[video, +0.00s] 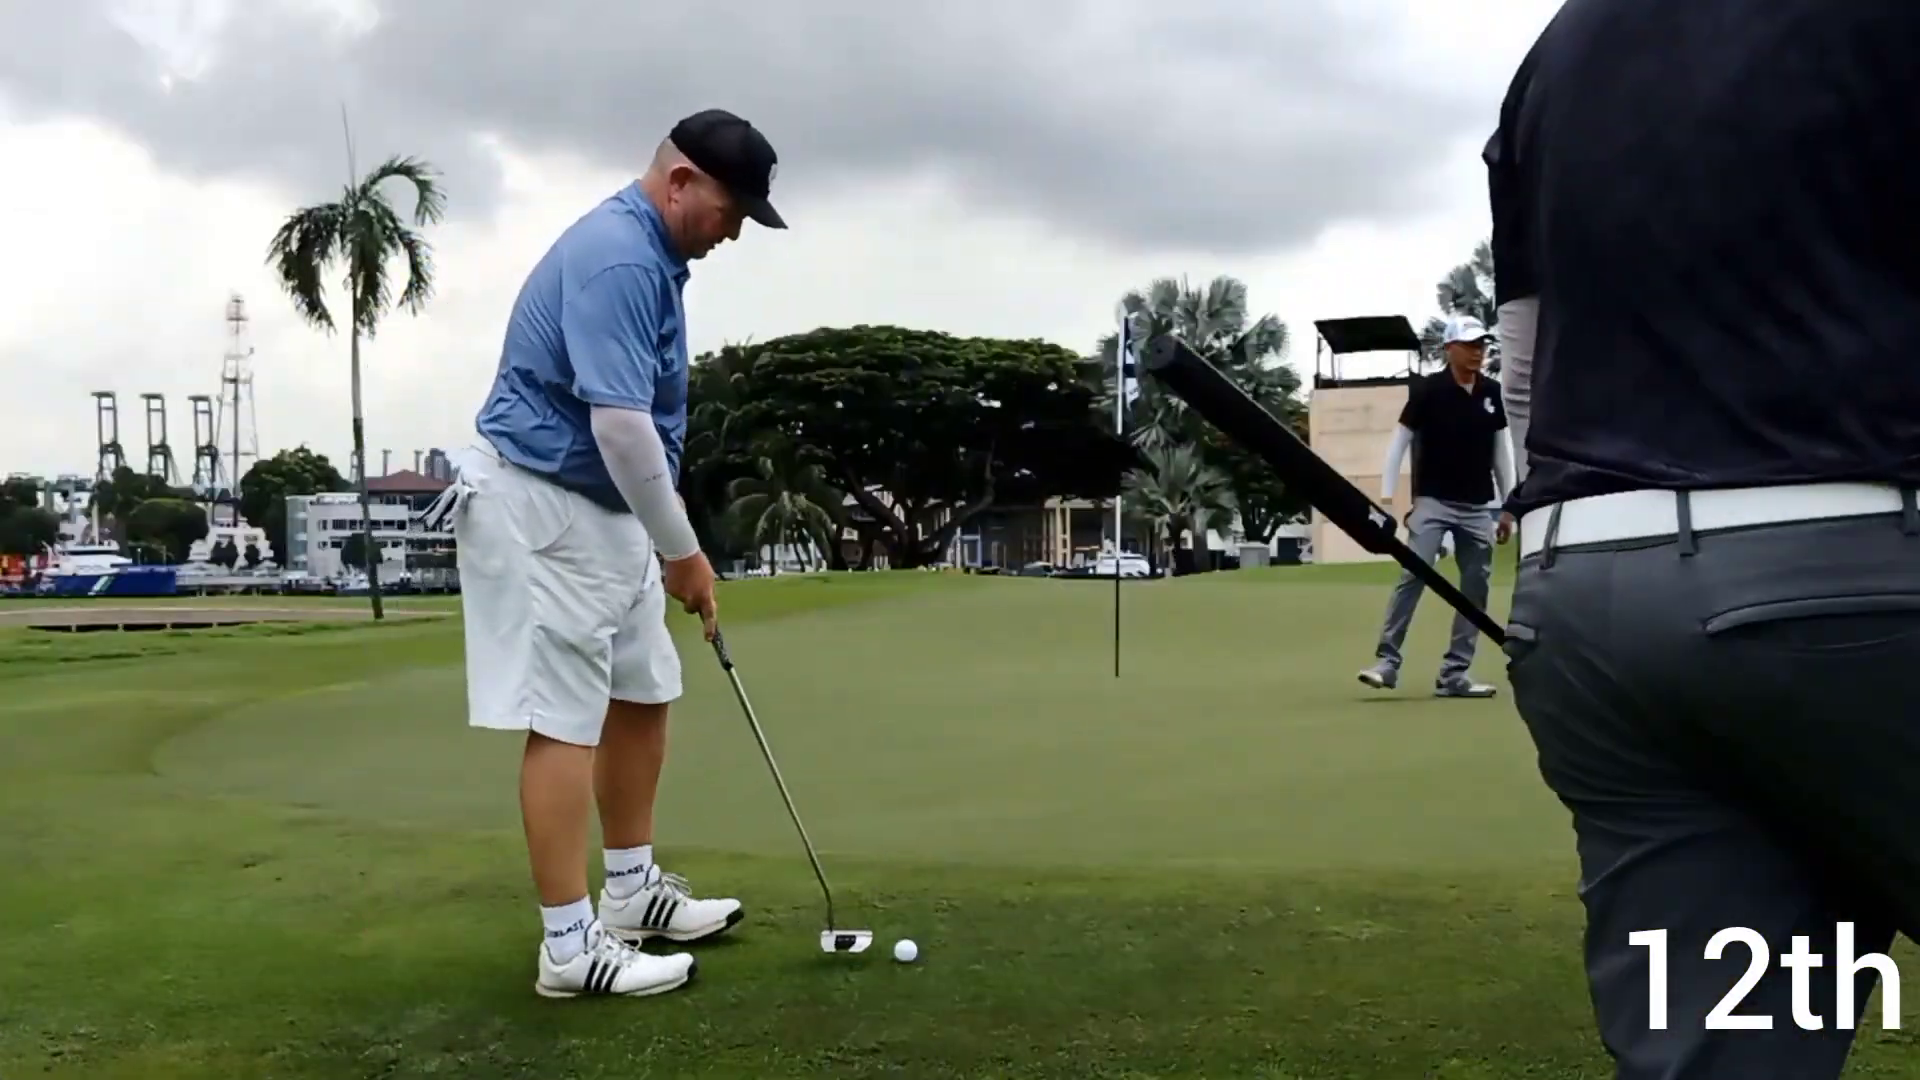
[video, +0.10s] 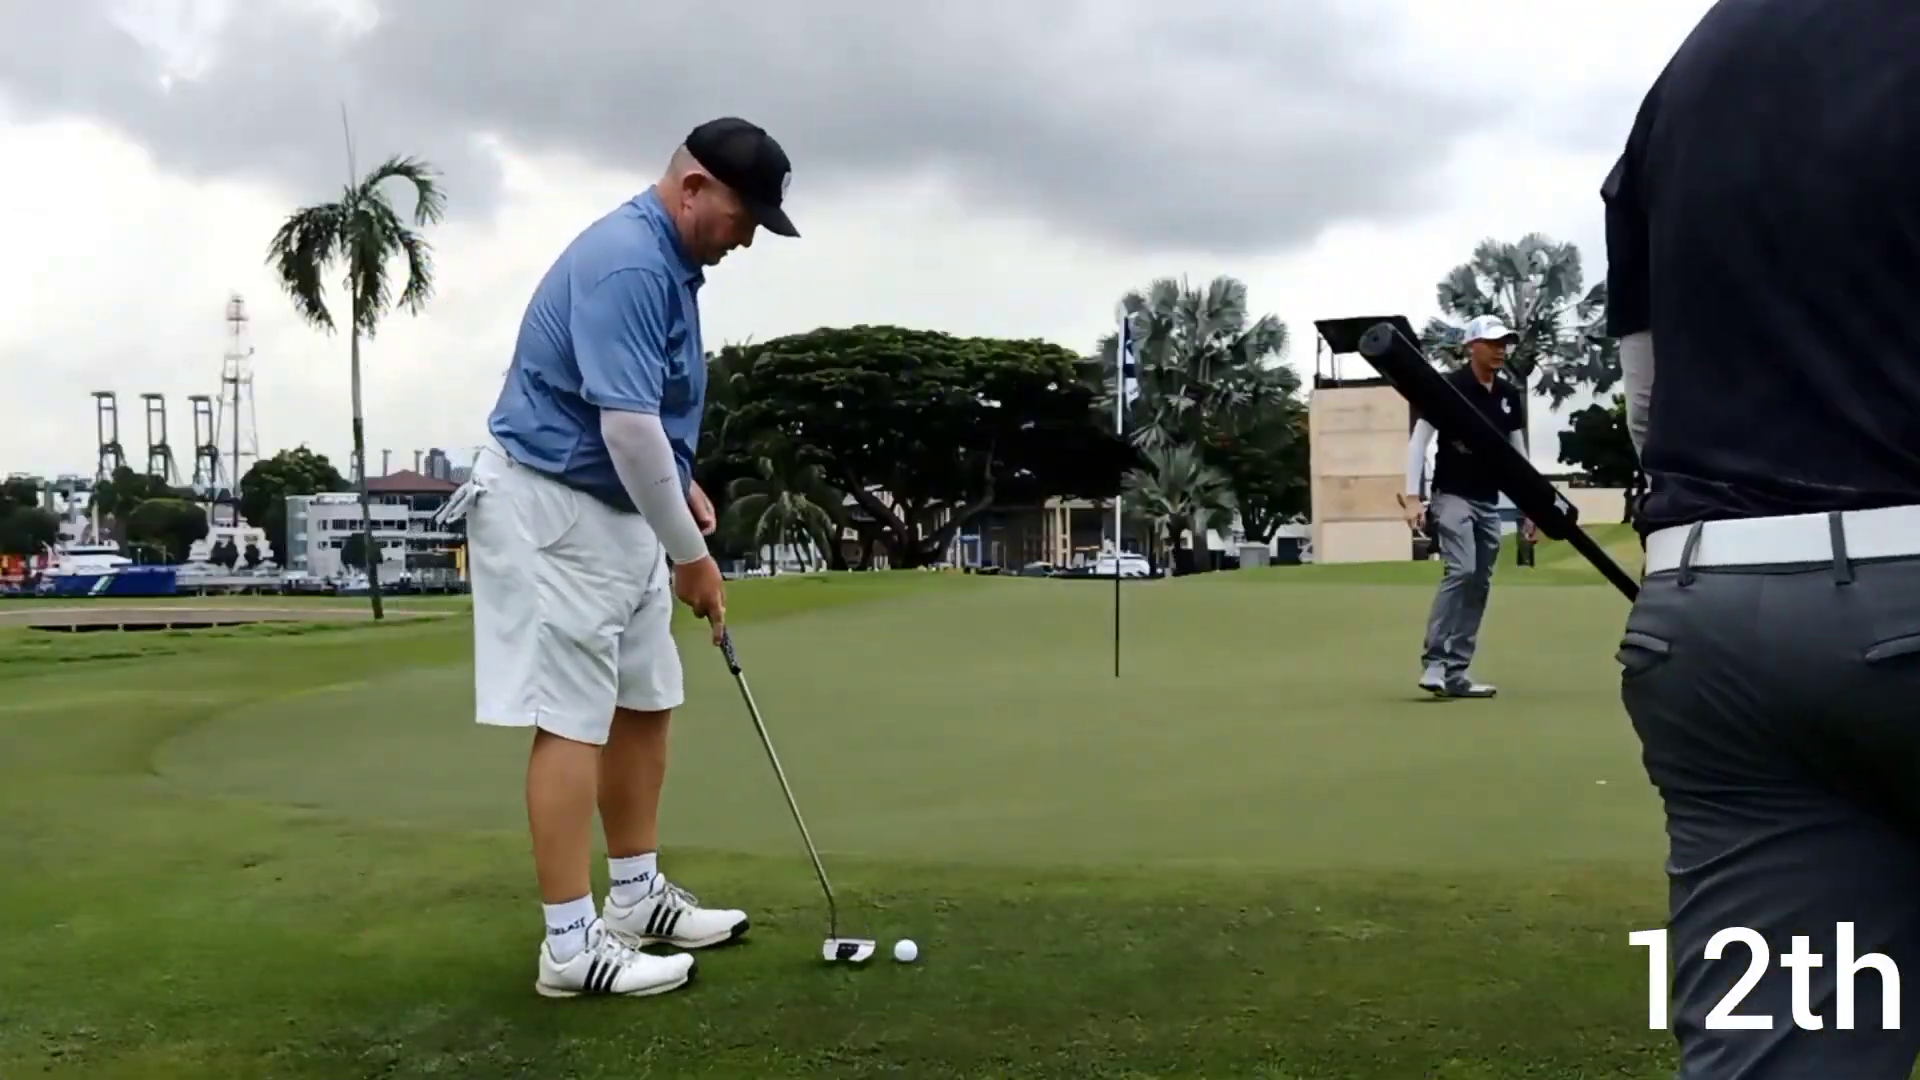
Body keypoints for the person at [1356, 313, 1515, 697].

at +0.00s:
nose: (1476, 353)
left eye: (1480, 345)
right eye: (1468, 346)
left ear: (1485, 349)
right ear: (1448, 348)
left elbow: (1503, 451)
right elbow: (1399, 444)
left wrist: (1509, 505)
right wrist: (1387, 497)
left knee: (1477, 586)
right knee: (1414, 574)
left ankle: (1454, 674)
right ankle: (1387, 663)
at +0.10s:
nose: (1501, 350)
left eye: (1504, 344)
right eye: (1492, 344)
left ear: (1506, 348)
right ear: (1472, 346)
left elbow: (1519, 454)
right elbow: (1419, 441)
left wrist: (1529, 511)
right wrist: (1414, 496)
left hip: (1490, 502)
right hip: (1451, 498)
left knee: (1479, 584)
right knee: (1462, 571)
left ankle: (1457, 671)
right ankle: (1435, 660)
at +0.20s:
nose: (1525, 355)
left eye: (1528, 349)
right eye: (1518, 347)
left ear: (1526, 353)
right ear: (1496, 348)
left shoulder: (1519, 397)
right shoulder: (1473, 386)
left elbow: (1532, 457)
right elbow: (1441, 441)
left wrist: (1557, 506)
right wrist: (1440, 496)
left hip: (1501, 500)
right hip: (1470, 497)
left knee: (1478, 585)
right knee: (1503, 570)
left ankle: (1453, 673)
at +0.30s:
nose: (1548, 357)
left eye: (1549, 351)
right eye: (1541, 350)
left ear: (1541, 355)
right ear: (1519, 350)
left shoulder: (1533, 398)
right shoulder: (1493, 388)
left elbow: (1548, 456)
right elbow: (1466, 441)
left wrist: (1579, 501)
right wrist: (1467, 498)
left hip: (1517, 501)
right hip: (1493, 500)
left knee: (1485, 588)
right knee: (1534, 574)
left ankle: (1454, 673)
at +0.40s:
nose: (1572, 360)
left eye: (1573, 354)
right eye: (1567, 353)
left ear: (1556, 355)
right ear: (1545, 351)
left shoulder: (1550, 396)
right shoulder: (1519, 389)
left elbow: (1561, 456)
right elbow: (1494, 444)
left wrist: (1593, 499)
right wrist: (1495, 501)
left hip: (1533, 504)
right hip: (1525, 505)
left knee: (1500, 590)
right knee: (1562, 582)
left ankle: (1458, 668)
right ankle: (1588, 671)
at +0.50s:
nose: (1593, 363)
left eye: (1595, 356)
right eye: (1588, 355)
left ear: (1579, 356)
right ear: (1568, 352)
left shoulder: (1568, 391)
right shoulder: (1550, 388)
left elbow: (1575, 454)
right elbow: (1529, 448)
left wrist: (1599, 502)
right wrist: (1527, 508)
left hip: (1556, 507)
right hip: (1560, 507)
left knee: (1530, 590)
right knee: (1585, 586)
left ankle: (1468, 660)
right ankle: (1592, 673)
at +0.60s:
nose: (1617, 360)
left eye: (1618, 353)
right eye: (1614, 353)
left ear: (1595, 350)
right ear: (1596, 350)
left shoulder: (1581, 383)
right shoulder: (1578, 385)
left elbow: (1575, 449)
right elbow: (1568, 447)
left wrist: (1590, 507)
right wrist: (1565, 506)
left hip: (1579, 502)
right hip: (1584, 504)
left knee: (1575, 586)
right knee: (1600, 585)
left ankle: (1505, 642)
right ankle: (1595, 672)